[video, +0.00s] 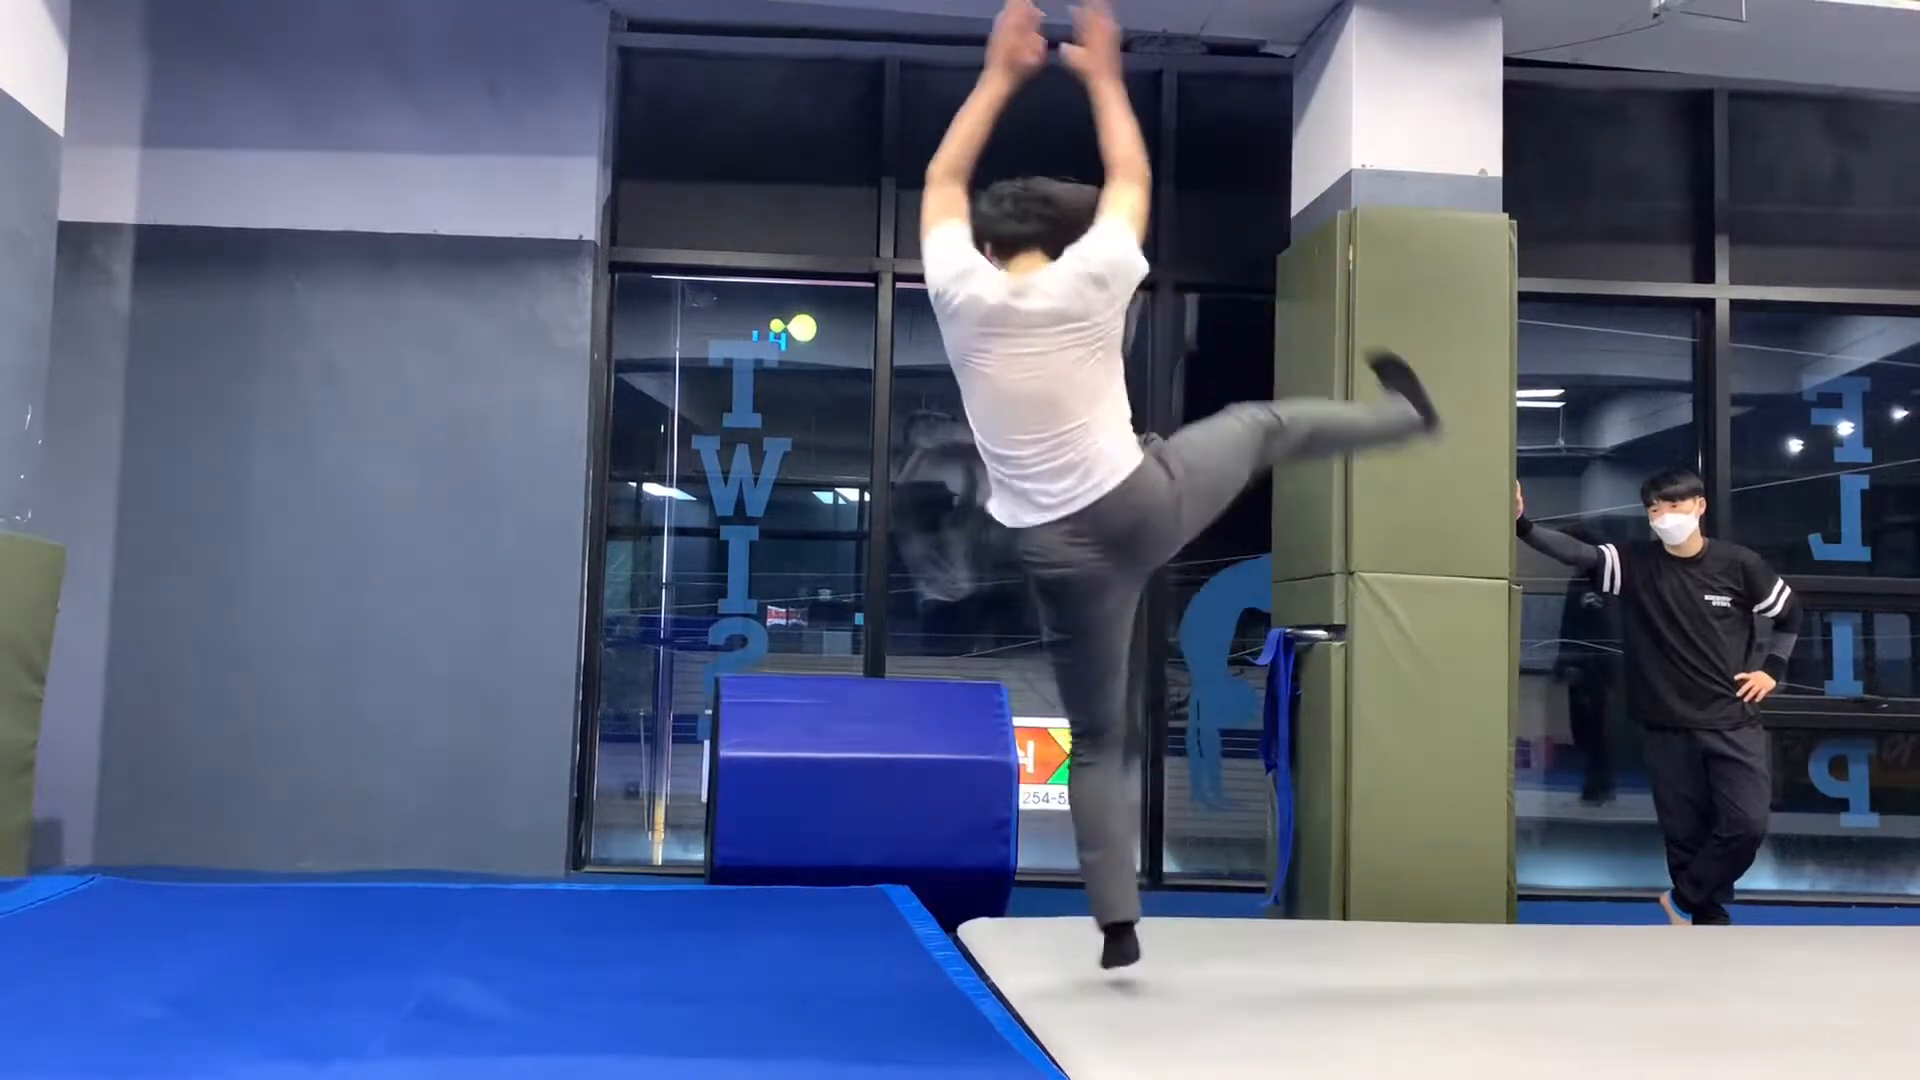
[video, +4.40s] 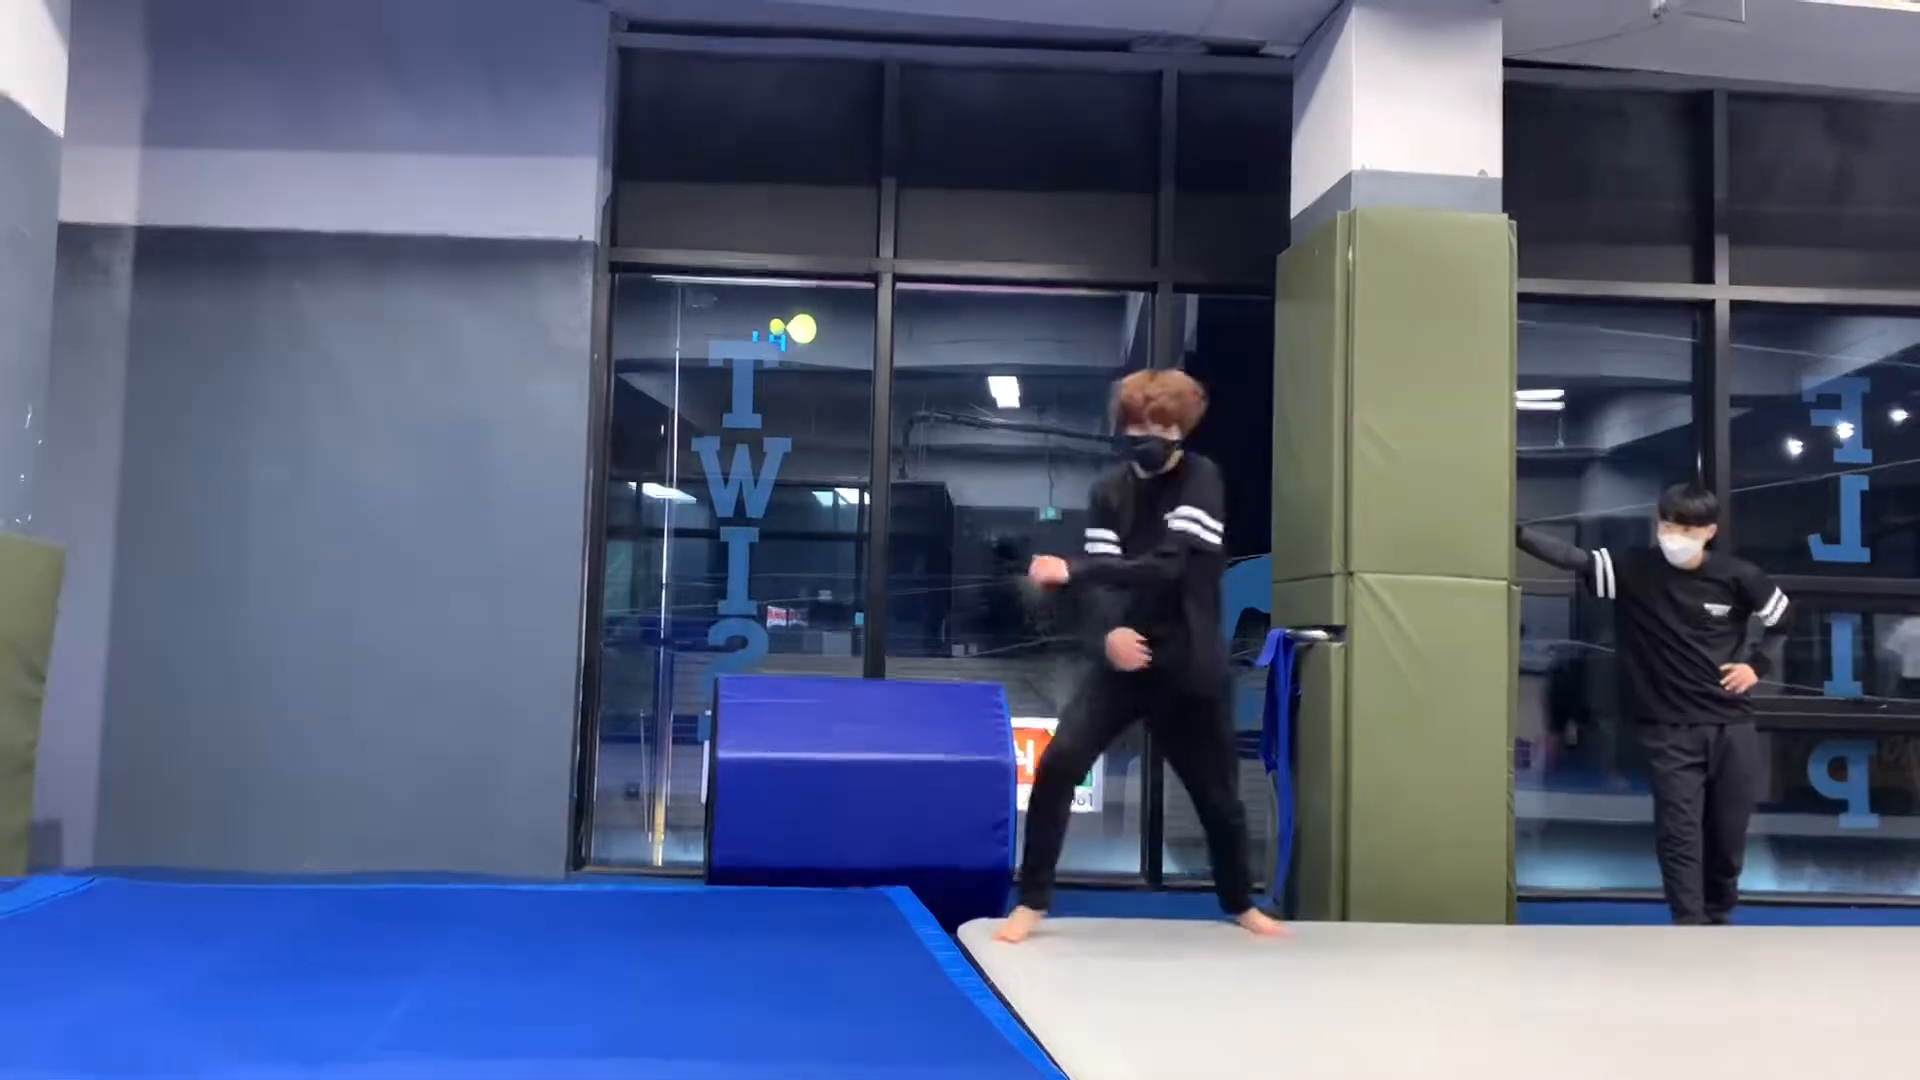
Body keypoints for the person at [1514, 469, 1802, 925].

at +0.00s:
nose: (1664, 512)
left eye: (1675, 502)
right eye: (1656, 505)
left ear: (1699, 506)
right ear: (1648, 513)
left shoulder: (1740, 565)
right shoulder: (1634, 562)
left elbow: (1789, 615)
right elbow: (1578, 552)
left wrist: (1771, 670)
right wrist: (1523, 526)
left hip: (1732, 720)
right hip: (1667, 724)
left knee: (1748, 824)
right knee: (1683, 833)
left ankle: (1684, 900)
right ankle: (1717, 931)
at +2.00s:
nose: (1655, 522)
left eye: (1665, 511)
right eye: (1647, 513)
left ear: (1689, 513)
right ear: (1637, 517)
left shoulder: (1726, 565)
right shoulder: (1628, 558)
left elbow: (1780, 610)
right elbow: (1578, 544)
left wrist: (1768, 665)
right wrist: (1531, 516)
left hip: (1725, 721)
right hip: (1662, 724)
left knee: (1742, 824)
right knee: (1677, 834)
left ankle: (1679, 901)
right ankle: (1709, 927)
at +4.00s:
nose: (1647, 522)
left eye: (1659, 514)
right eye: (1643, 513)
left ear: (1688, 517)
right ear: (1638, 514)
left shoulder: (1725, 567)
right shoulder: (1625, 559)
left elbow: (1767, 618)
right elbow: (1575, 546)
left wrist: (1757, 669)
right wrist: (1530, 517)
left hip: (1722, 720)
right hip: (1658, 724)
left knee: (1743, 823)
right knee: (1675, 834)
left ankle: (1675, 901)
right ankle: (1709, 927)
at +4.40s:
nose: (1670, 538)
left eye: (1683, 529)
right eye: (1665, 527)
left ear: (1709, 532)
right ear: (1656, 525)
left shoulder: (1737, 577)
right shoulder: (1633, 568)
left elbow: (1782, 620)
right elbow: (1572, 556)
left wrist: (1756, 666)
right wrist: (1515, 532)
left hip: (1731, 727)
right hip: (1668, 727)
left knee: (1728, 835)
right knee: (1680, 833)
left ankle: (1719, 923)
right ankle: (1689, 928)